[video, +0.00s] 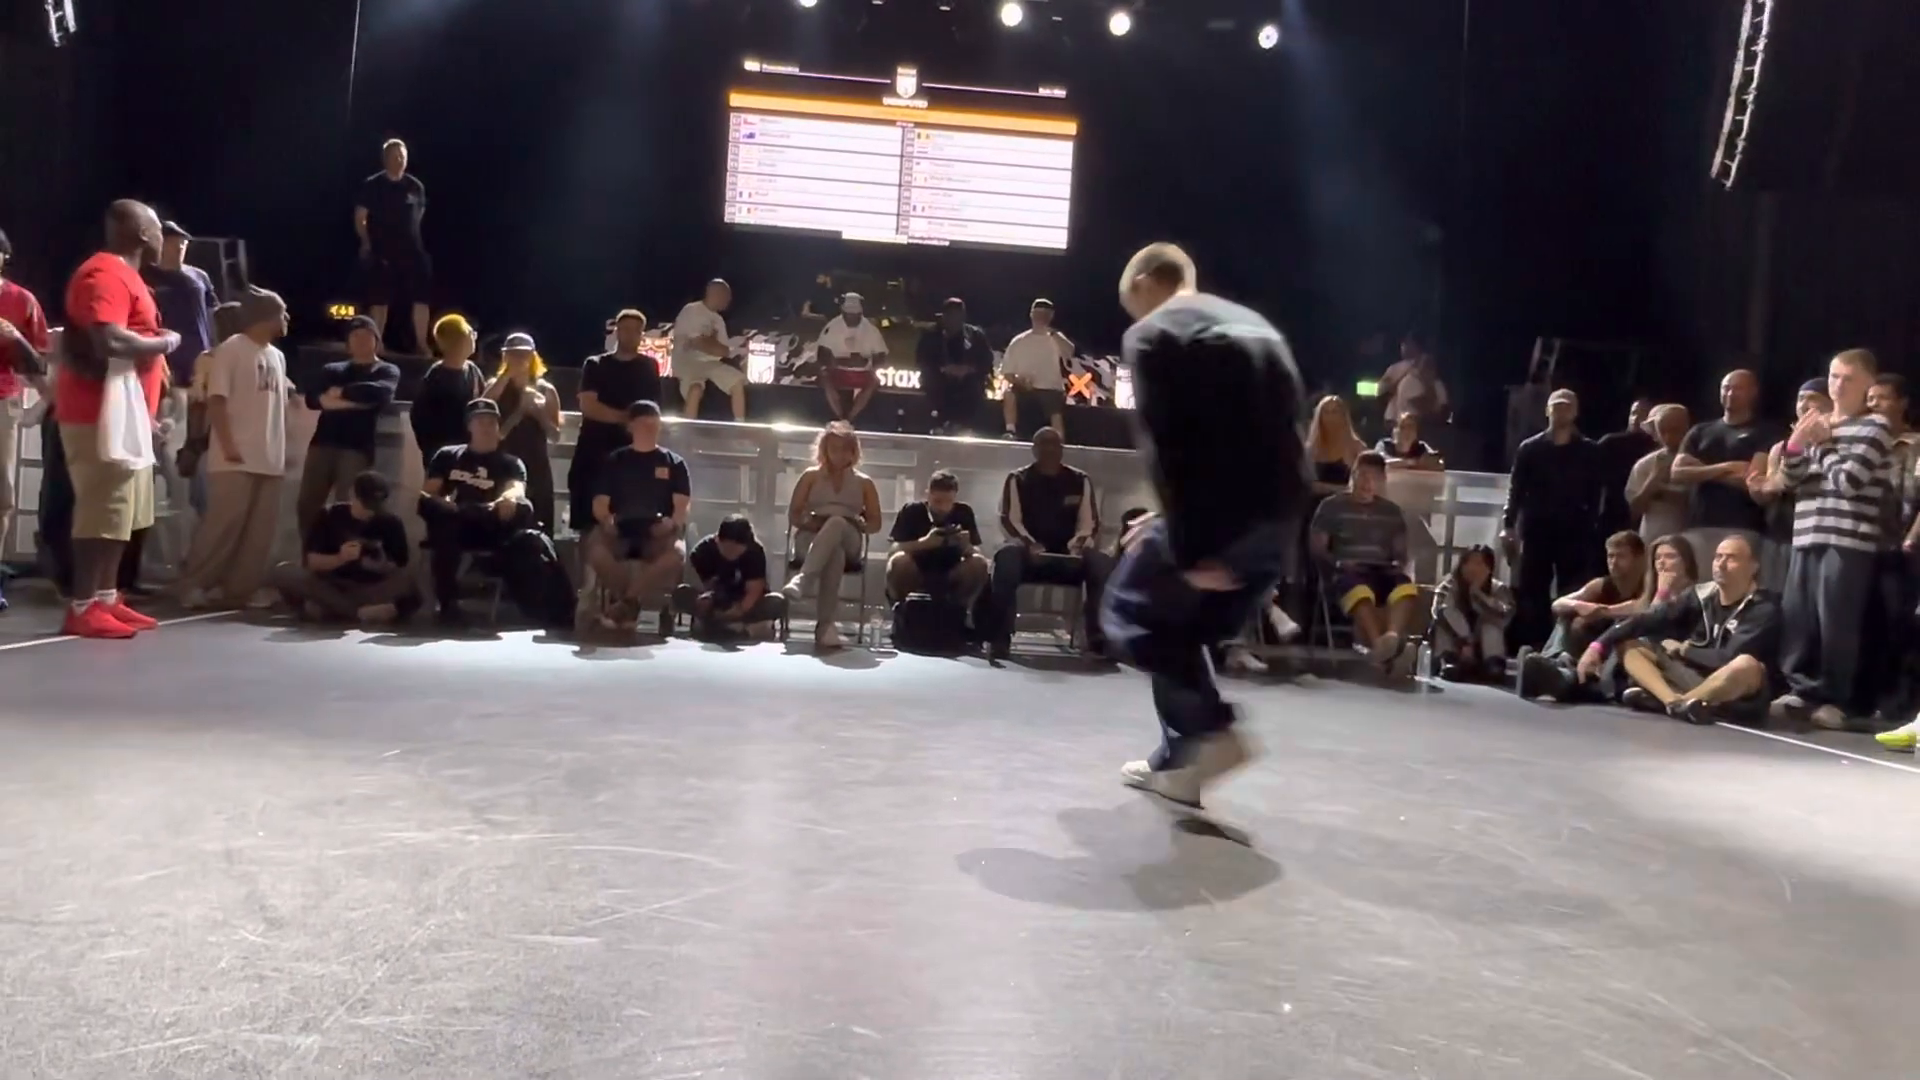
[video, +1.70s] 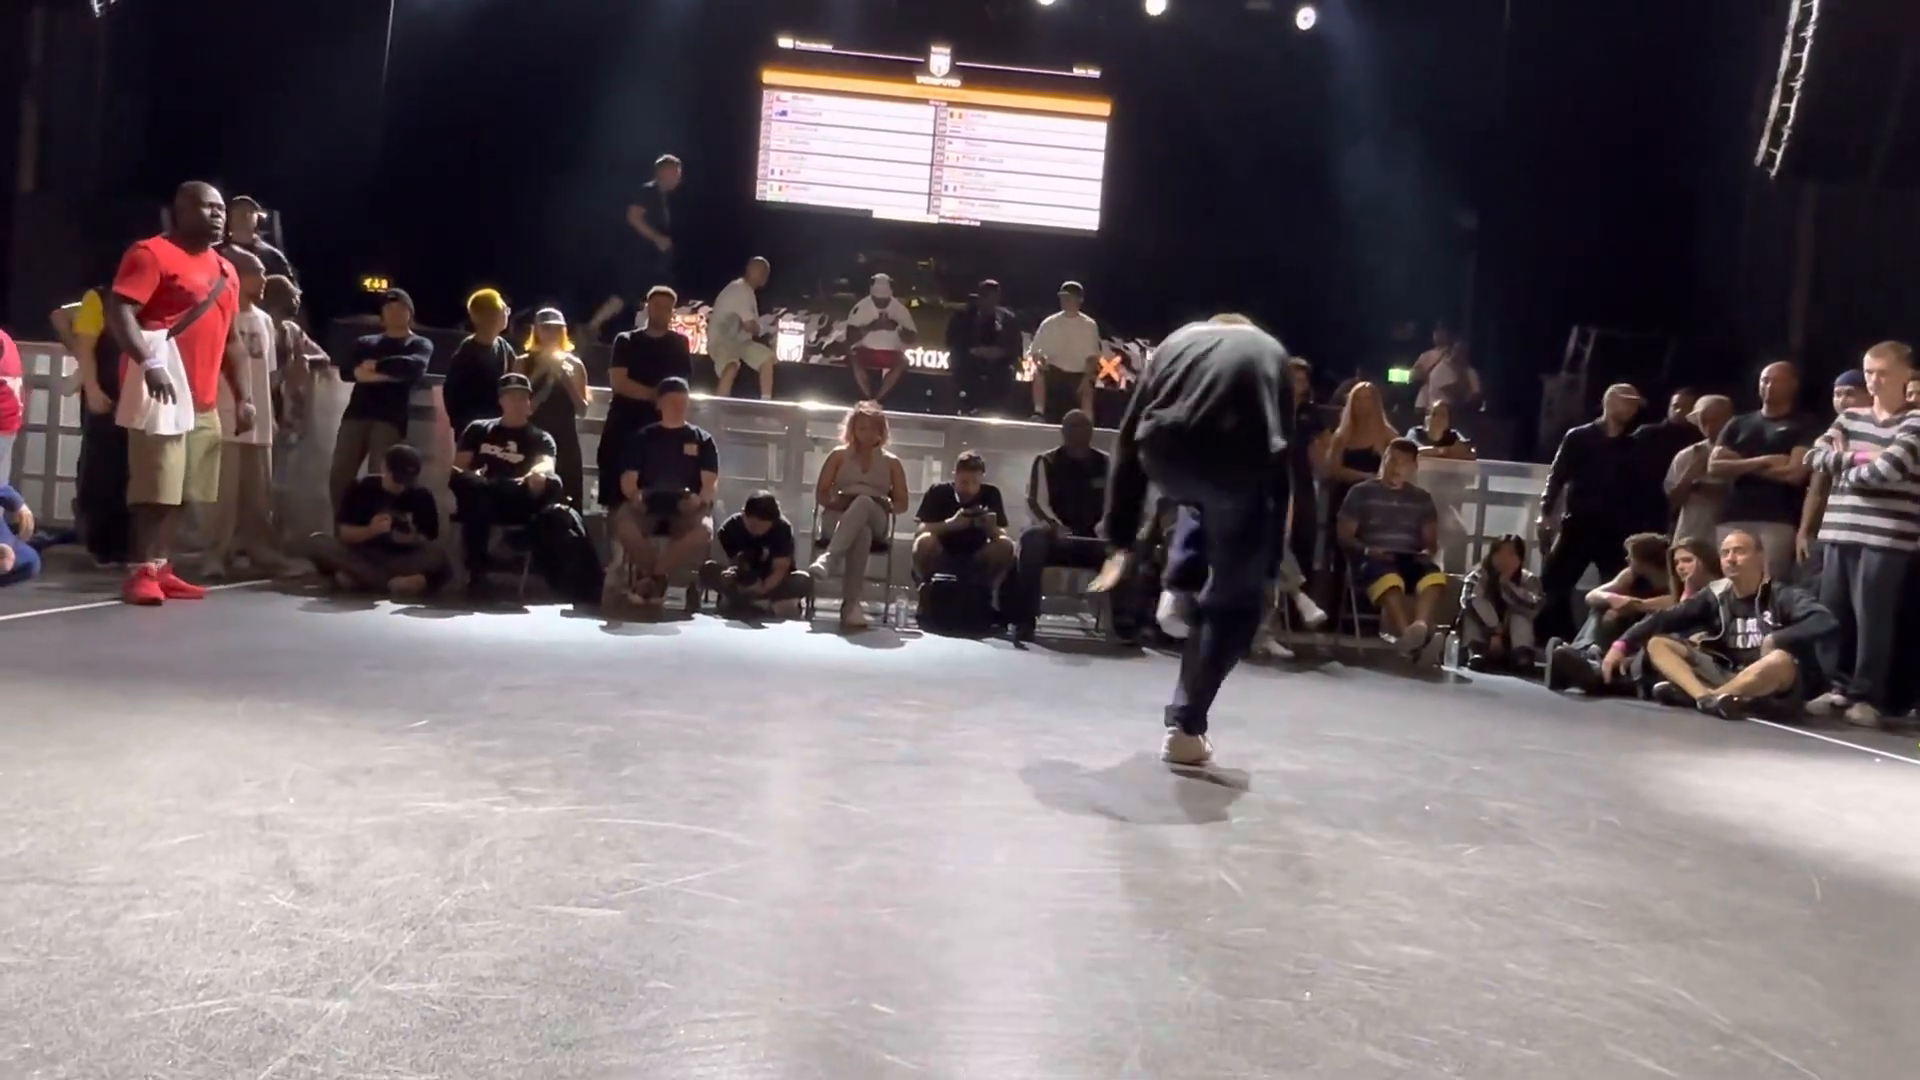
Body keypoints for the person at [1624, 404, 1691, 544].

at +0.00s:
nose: (1669, 437)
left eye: (1675, 430)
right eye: (1663, 431)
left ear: (1686, 430)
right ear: (1657, 433)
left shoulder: (1696, 461)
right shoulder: (1644, 465)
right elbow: (1634, 509)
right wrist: (1654, 479)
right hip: (1652, 537)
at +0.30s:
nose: (1677, 436)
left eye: (1683, 429)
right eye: (1673, 430)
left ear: (1698, 428)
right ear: (1668, 430)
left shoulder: (1709, 462)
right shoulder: (1656, 464)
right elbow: (1643, 510)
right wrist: (1661, 481)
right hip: (1662, 542)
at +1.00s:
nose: (1694, 437)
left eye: (1700, 430)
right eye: (1689, 431)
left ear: (1715, 428)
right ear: (1685, 431)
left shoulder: (1725, 460)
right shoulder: (1672, 464)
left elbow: (1725, 500)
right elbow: (1658, 508)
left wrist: (1685, 493)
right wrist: (1675, 480)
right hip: (1677, 539)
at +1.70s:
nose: (1710, 429)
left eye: (1717, 421)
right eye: (1705, 422)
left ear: (1729, 421)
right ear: (1700, 424)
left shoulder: (1739, 455)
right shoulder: (1686, 457)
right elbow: (1672, 499)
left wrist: (1697, 487)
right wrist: (1690, 474)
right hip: (1691, 536)